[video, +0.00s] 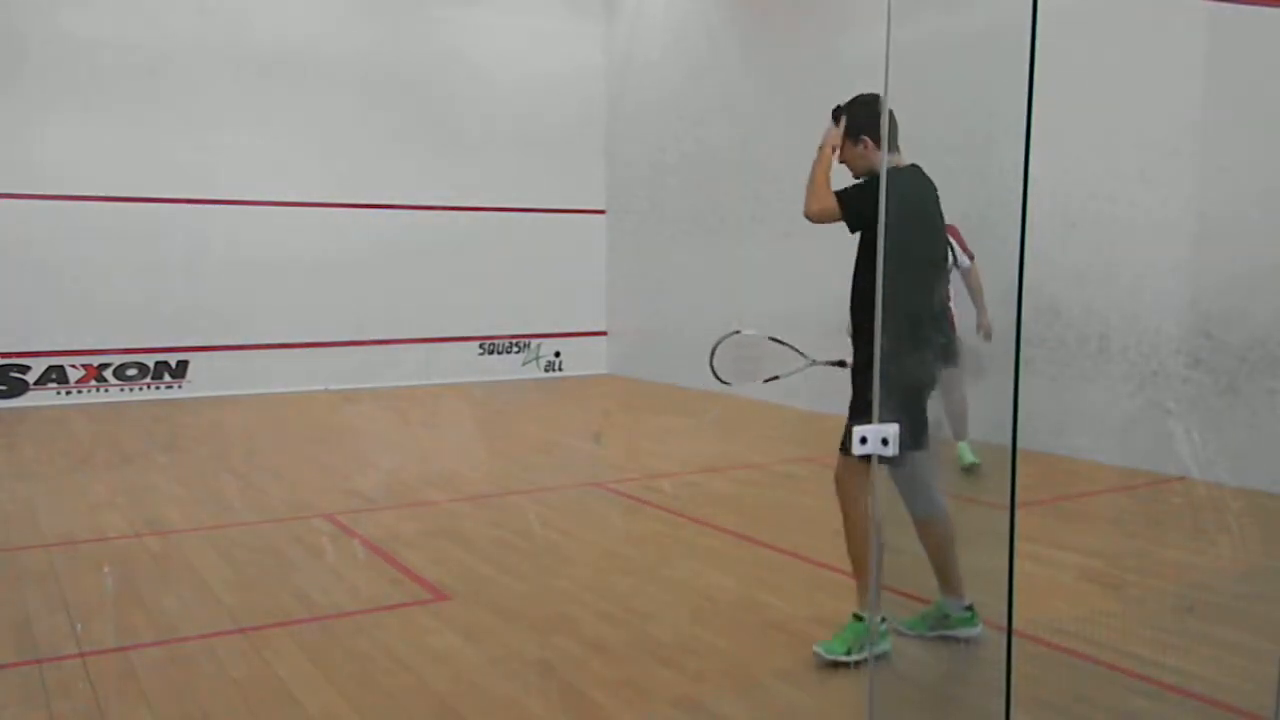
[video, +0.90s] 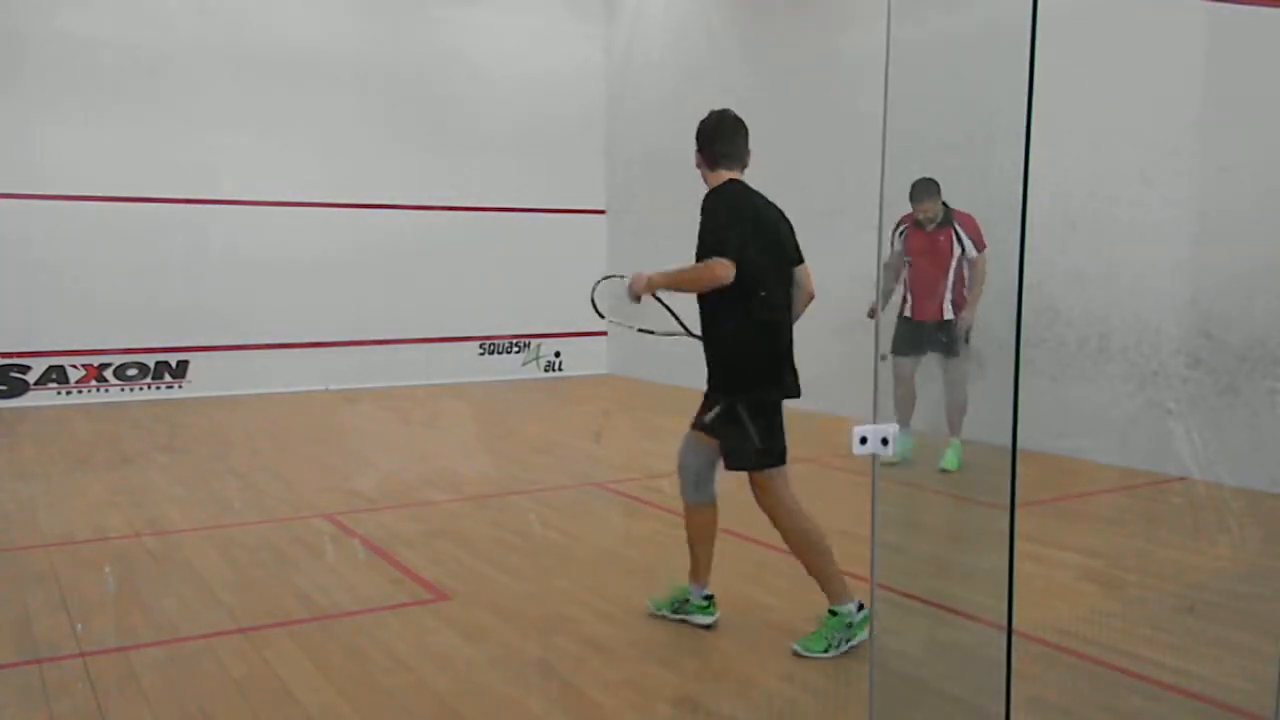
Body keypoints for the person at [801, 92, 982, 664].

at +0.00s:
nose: (842, 161)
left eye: (844, 151)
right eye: (841, 151)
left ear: (863, 144)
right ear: (884, 141)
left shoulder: (885, 190)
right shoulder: (919, 185)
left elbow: (817, 208)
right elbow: (923, 282)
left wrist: (827, 152)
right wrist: (871, 343)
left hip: (886, 361)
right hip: (914, 357)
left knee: (851, 477)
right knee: (915, 475)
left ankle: (869, 621)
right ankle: (955, 606)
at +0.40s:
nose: (797, 170)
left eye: (798, 159)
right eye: (796, 160)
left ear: (807, 150)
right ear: (842, 146)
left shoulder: (837, 194)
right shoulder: (873, 197)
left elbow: (755, 193)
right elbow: (879, 291)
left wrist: (787, 138)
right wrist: (838, 349)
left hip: (830, 370)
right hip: (856, 367)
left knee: (813, 488)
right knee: (847, 484)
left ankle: (852, 618)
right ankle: (925, 580)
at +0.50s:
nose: (780, 167)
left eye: (780, 156)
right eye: (779, 157)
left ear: (791, 149)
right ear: (826, 144)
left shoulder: (814, 196)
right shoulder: (860, 198)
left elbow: (736, 200)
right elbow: (859, 289)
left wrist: (763, 141)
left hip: (816, 364)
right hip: (845, 359)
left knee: (812, 481)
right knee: (790, 463)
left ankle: (853, 618)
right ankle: (877, 558)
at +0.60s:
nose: (764, 161)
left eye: (763, 150)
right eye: (764, 150)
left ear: (769, 145)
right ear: (813, 140)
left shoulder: (789, 192)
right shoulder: (846, 199)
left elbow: (718, 212)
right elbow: (865, 283)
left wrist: (734, 154)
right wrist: (828, 326)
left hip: (805, 364)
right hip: (820, 361)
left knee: (815, 481)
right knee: (759, 451)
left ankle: (853, 616)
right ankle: (815, 569)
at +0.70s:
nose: (749, 150)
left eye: (747, 142)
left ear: (749, 143)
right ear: (798, 139)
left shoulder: (767, 193)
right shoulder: (825, 198)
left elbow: (708, 233)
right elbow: (853, 276)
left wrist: (699, 184)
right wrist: (815, 321)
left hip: (791, 365)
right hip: (791, 362)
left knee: (818, 485)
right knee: (750, 464)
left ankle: (853, 616)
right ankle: (745, 584)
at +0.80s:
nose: (724, 155)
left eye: (723, 147)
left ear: (724, 150)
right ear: (775, 149)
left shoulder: (743, 200)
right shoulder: (800, 205)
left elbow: (710, 257)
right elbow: (832, 285)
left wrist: (672, 228)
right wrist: (791, 325)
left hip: (766, 370)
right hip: (788, 368)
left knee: (805, 486)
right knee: (730, 465)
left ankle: (853, 616)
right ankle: (701, 583)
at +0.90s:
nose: (696, 161)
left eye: (695, 153)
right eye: (703, 153)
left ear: (699, 156)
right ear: (747, 157)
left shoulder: (721, 204)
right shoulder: (769, 211)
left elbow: (719, 271)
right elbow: (803, 289)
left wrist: (654, 280)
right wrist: (762, 333)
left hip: (746, 376)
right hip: (749, 374)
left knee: (775, 496)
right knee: (694, 462)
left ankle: (847, 609)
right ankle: (698, 596)